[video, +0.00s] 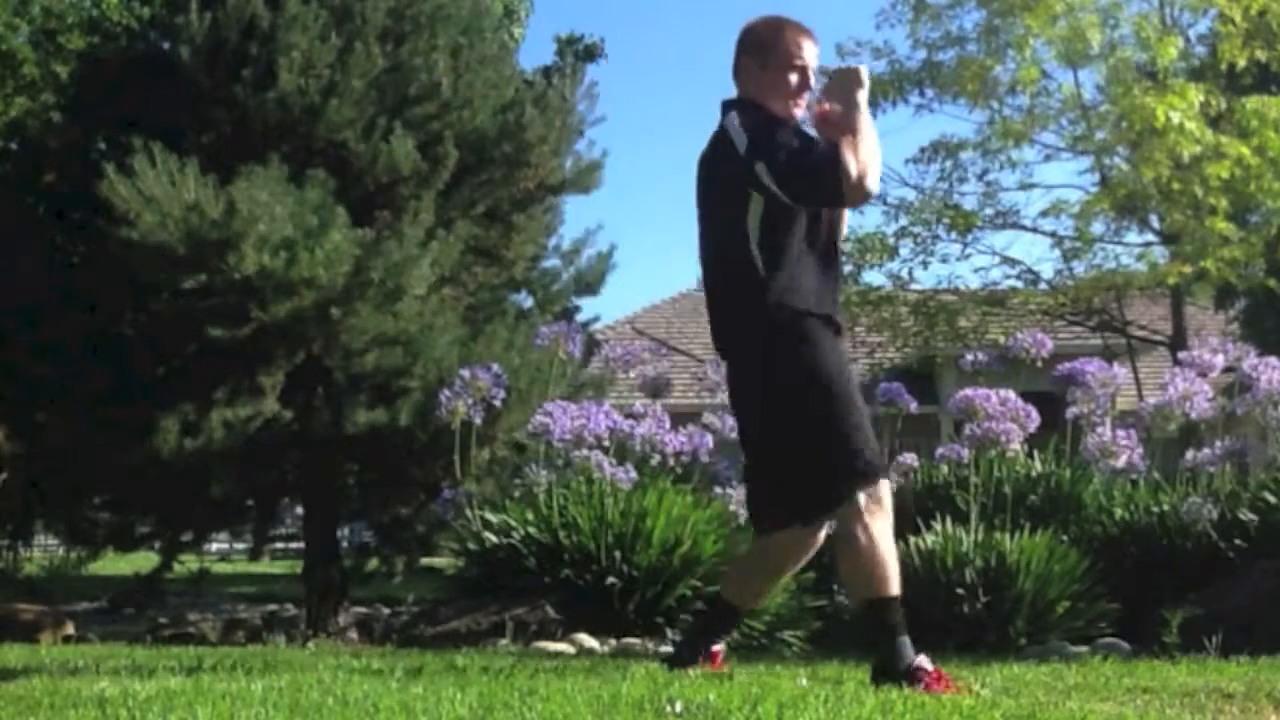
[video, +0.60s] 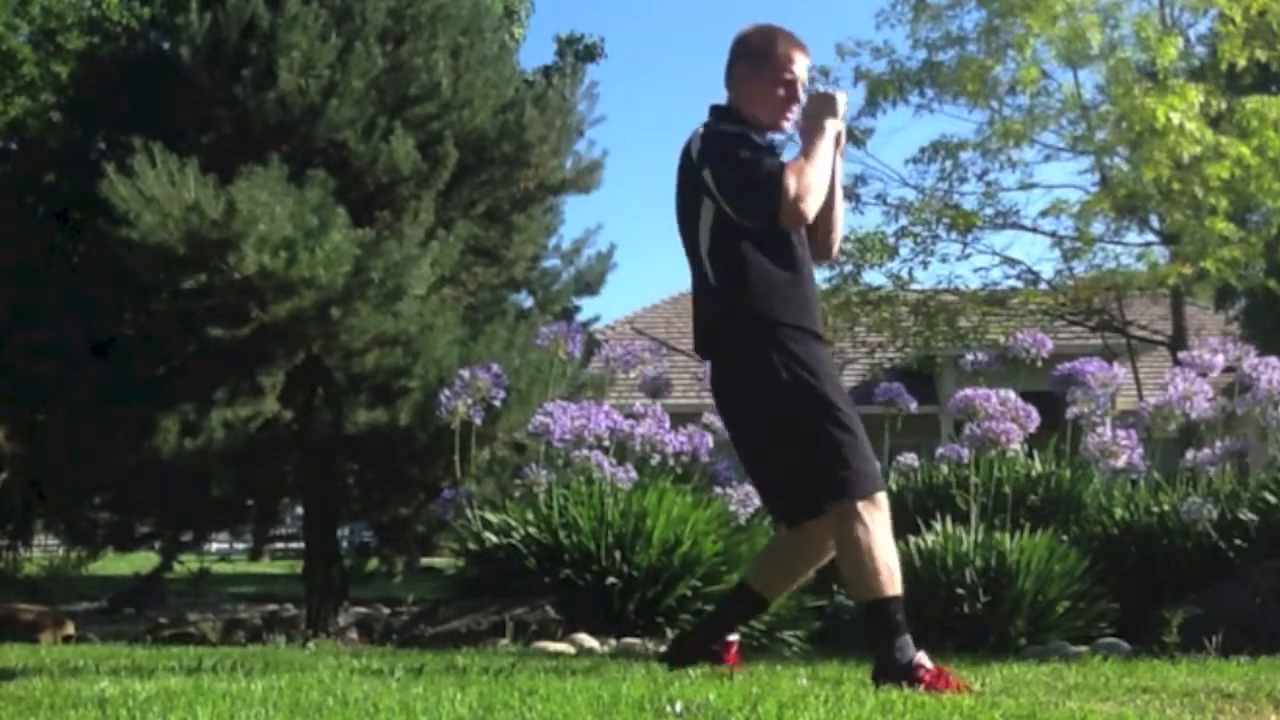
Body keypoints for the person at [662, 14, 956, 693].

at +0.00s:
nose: (807, 83)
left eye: (810, 72)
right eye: (795, 69)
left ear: (807, 76)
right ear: (749, 68)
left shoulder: (746, 139)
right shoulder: (758, 133)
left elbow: (827, 228)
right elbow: (860, 179)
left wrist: (836, 135)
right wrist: (860, 108)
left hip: (772, 344)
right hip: (796, 337)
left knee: (802, 520)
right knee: (868, 493)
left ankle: (698, 645)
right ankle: (899, 662)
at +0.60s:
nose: (796, 94)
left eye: (801, 84)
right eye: (785, 79)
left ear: (791, 93)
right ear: (743, 73)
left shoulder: (757, 152)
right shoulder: (721, 143)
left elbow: (824, 244)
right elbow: (795, 202)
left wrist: (830, 147)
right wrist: (826, 127)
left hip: (779, 352)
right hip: (773, 349)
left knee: (825, 520)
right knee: (861, 493)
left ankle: (708, 637)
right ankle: (899, 660)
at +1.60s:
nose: (525, 79)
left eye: (534, 70)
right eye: (514, 66)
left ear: (542, 76)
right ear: (475, 63)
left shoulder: (551, 139)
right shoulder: (433, 122)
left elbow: (597, 226)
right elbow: (422, 200)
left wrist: (580, 162)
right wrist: (500, 146)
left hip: (532, 326)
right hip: (443, 325)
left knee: (553, 474)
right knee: (419, 482)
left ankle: (535, 621)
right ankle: (395, 625)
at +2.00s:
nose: (476, 81)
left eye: (486, 74)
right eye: (466, 68)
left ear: (496, 82)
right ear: (432, 64)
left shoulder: (511, 144)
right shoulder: (390, 127)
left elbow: (561, 228)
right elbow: (372, 200)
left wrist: (537, 161)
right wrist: (453, 139)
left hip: (487, 334)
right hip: (401, 332)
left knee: (507, 488)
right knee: (380, 490)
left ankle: (513, 633)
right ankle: (364, 620)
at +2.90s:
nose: (438, 91)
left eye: (447, 84)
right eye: (426, 78)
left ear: (458, 92)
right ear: (393, 76)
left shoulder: (474, 161)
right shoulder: (349, 144)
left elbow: (524, 238)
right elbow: (343, 202)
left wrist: (500, 160)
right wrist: (416, 135)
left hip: (454, 355)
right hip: (361, 354)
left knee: (489, 487)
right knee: (333, 500)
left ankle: (490, 631)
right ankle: (305, 635)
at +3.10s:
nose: (447, 72)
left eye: (456, 65)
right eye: (434, 60)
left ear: (466, 74)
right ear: (396, 62)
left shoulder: (484, 139)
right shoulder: (358, 127)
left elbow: (535, 220)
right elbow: (346, 198)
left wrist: (506, 145)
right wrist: (421, 133)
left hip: (468, 336)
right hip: (374, 335)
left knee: (503, 479)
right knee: (341, 493)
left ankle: (499, 628)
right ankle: (310, 633)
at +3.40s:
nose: (483, 82)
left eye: (492, 75)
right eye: (470, 70)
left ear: (501, 88)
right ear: (432, 78)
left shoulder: (518, 158)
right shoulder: (392, 148)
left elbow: (572, 231)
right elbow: (378, 220)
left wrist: (535, 152)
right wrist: (449, 146)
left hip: (502, 356)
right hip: (412, 352)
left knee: (522, 502)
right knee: (370, 503)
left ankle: (510, 643)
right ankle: (336, 638)